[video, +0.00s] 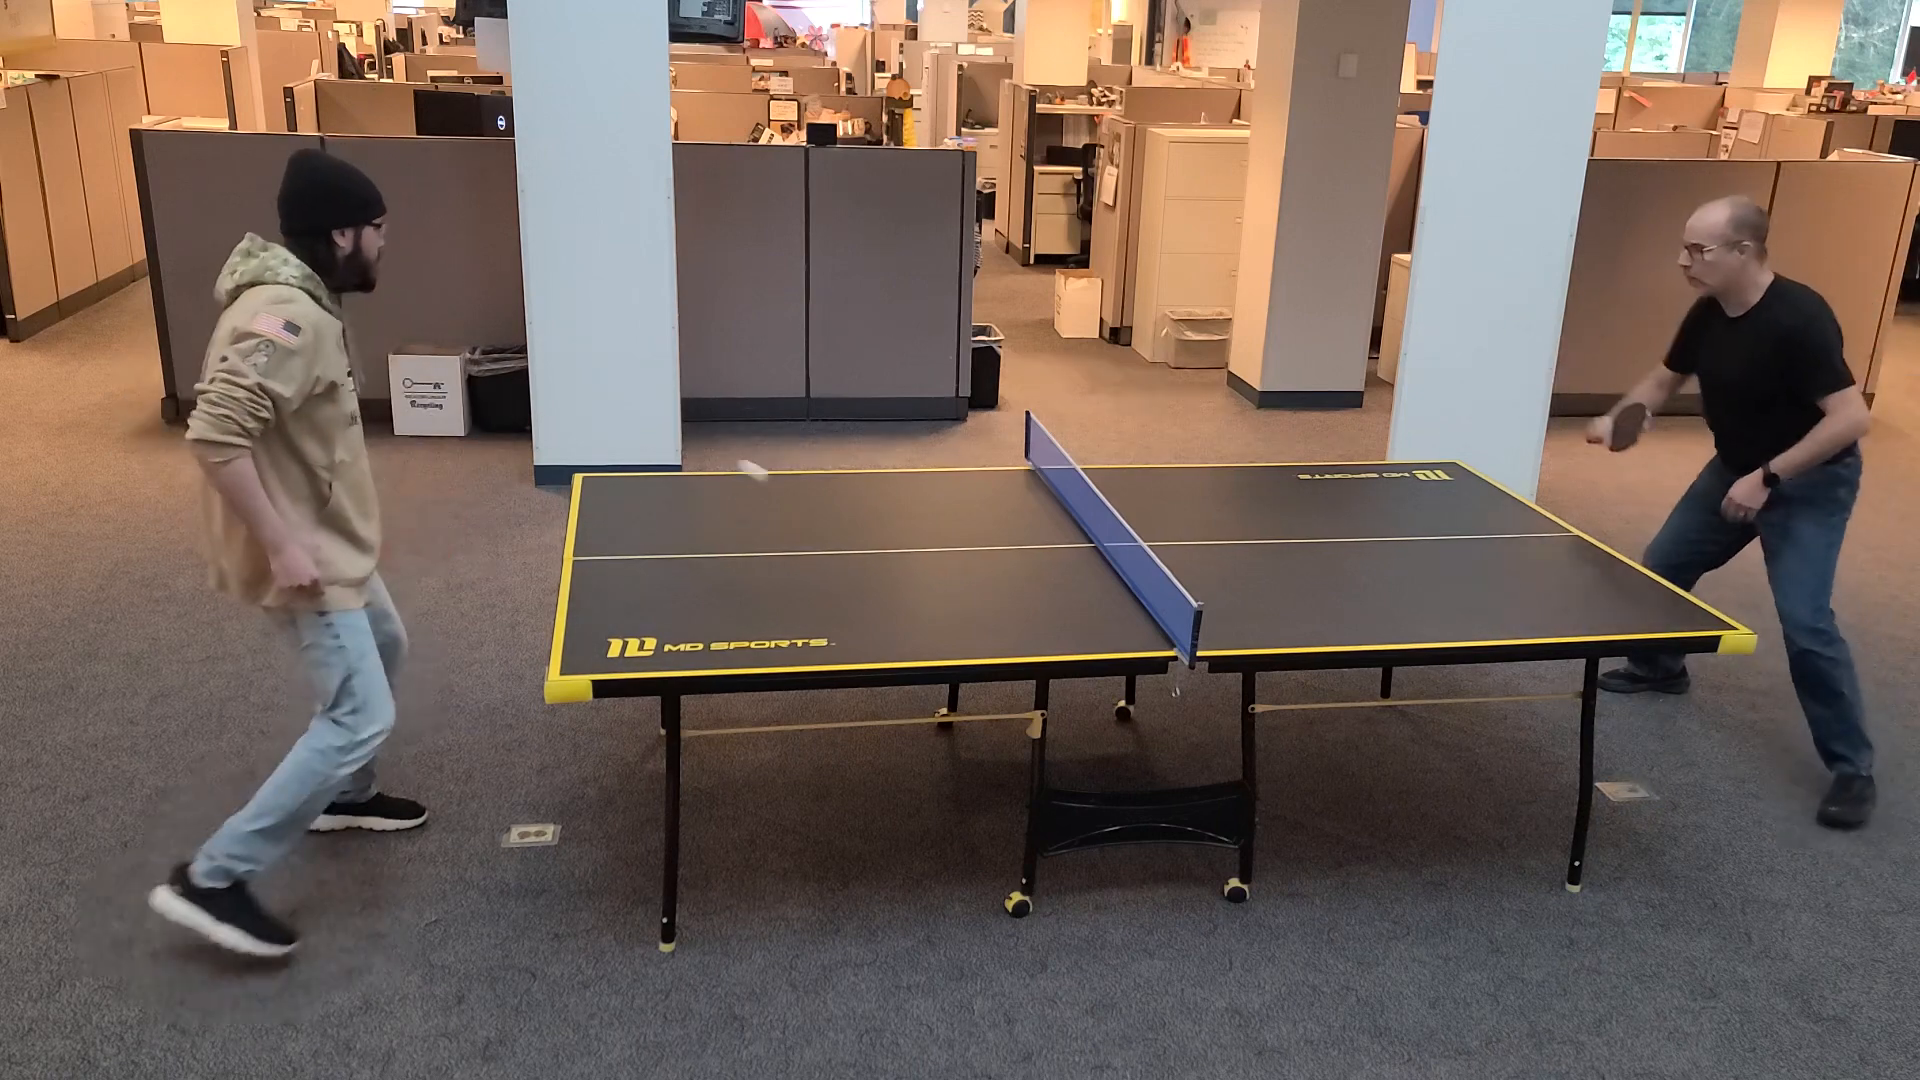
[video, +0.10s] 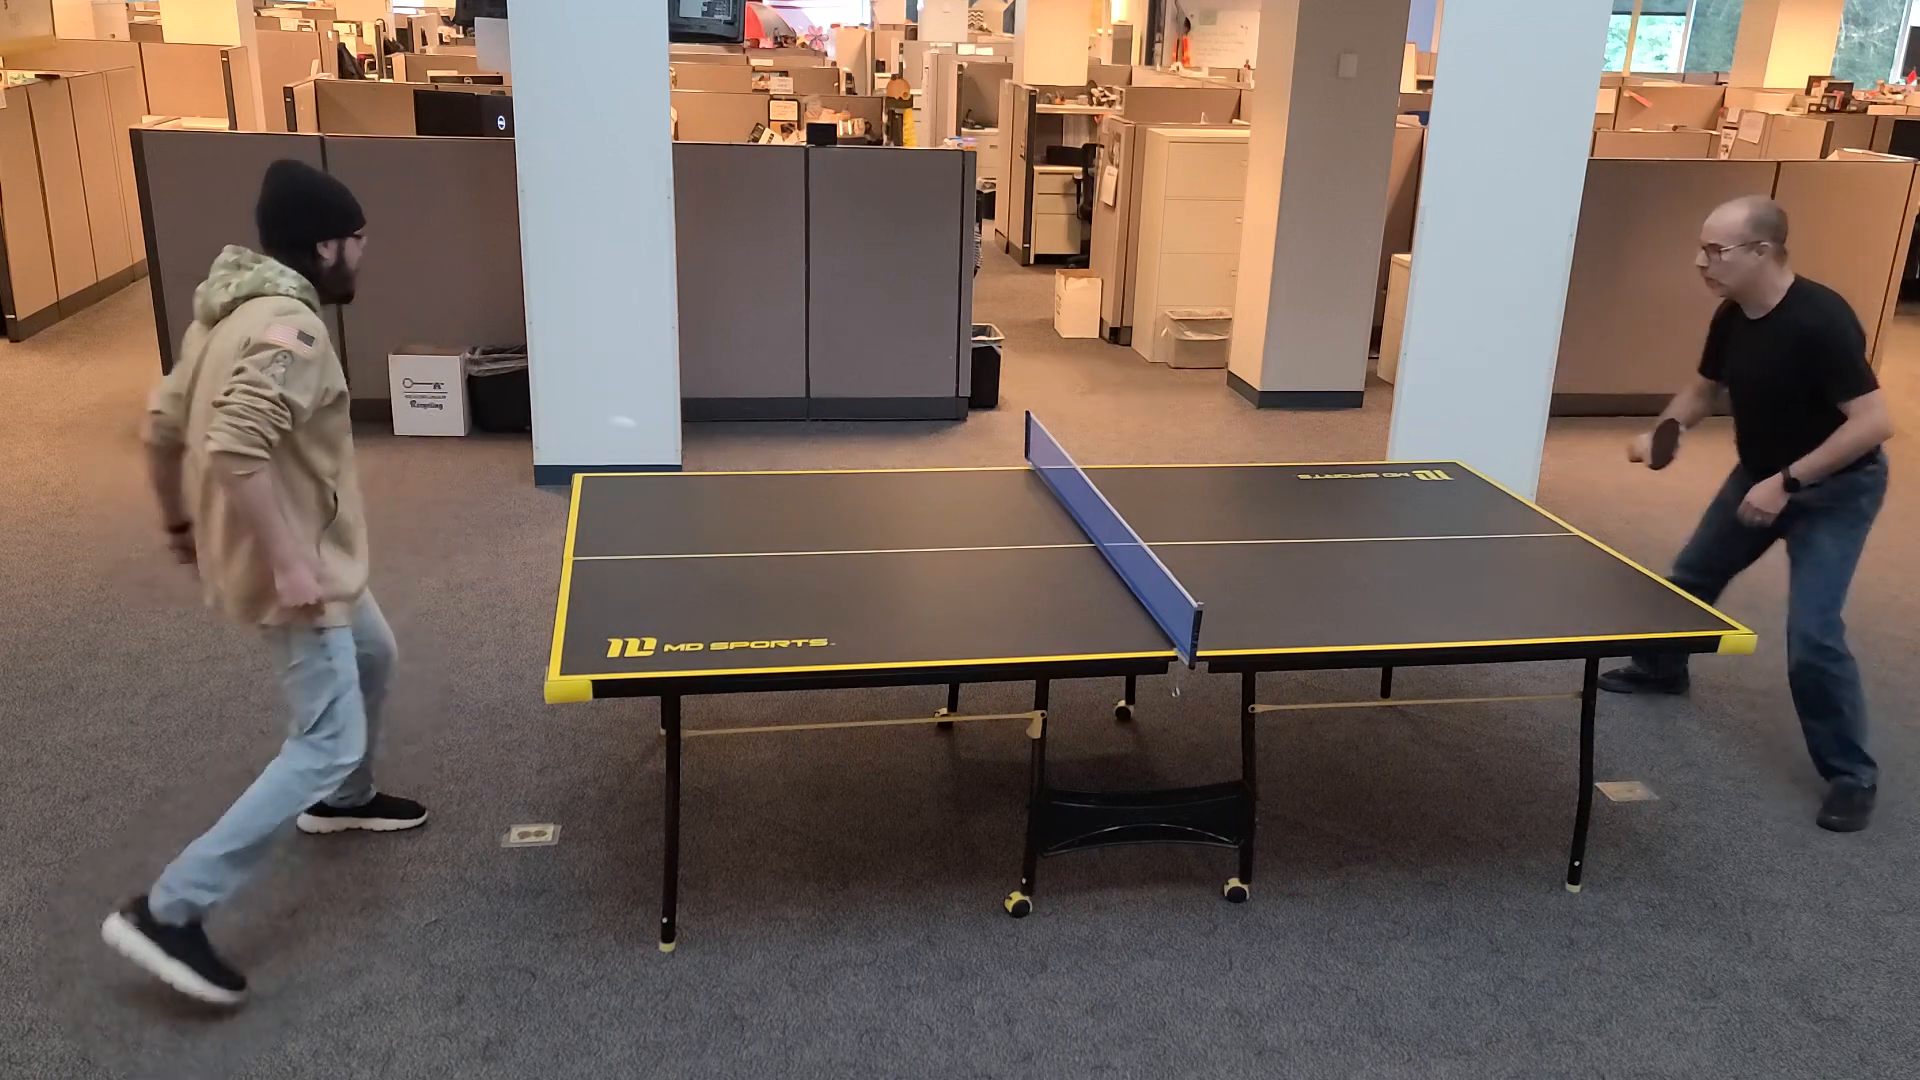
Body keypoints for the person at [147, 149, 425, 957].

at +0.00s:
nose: (384, 240)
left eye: (380, 225)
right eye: (374, 226)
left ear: (321, 232)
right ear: (336, 235)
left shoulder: (299, 297)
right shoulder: (280, 314)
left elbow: (249, 427)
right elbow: (217, 436)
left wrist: (324, 524)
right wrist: (283, 545)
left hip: (331, 540)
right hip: (301, 558)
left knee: (384, 643)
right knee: (359, 719)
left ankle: (345, 792)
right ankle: (212, 877)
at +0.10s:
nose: (363, 253)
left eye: (360, 238)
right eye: (354, 240)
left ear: (283, 241)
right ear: (319, 248)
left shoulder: (229, 309)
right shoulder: (287, 328)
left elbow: (165, 424)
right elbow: (234, 446)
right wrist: (290, 562)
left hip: (302, 560)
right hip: (291, 574)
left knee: (373, 656)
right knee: (330, 746)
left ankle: (341, 796)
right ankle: (169, 913)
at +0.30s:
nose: (300, 276)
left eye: (296, 261)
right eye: (294, 263)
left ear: (212, 264)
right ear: (269, 271)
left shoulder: (178, 347)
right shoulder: (248, 360)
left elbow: (137, 455)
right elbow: (231, 489)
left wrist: (210, 528)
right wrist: (307, 590)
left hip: (219, 589)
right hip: (246, 603)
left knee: (309, 676)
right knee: (271, 797)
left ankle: (333, 797)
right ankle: (138, 981)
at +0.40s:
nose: (279, 273)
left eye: (274, 257)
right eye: (269, 259)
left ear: (201, 266)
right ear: (235, 270)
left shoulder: (169, 346)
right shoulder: (198, 363)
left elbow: (217, 475)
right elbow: (182, 494)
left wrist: (325, 486)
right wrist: (286, 565)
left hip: (212, 591)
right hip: (209, 608)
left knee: (293, 682)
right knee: (265, 800)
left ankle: (304, 809)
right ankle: (136, 985)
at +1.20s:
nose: (332, 223)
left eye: (331, 206)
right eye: (315, 208)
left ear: (283, 217)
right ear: (261, 217)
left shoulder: (280, 296)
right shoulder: (206, 304)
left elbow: (282, 434)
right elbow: (117, 430)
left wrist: (326, 518)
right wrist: (202, 546)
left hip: (279, 558)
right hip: (235, 572)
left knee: (289, 710)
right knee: (300, 735)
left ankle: (286, 834)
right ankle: (242, 922)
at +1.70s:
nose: (428, 290)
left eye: (430, 273)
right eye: (413, 276)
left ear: (377, 274)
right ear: (352, 277)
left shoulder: (400, 345)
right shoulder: (262, 373)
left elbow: (417, 470)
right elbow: (195, 517)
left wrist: (430, 574)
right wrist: (262, 642)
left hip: (395, 609)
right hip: (316, 632)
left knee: (420, 731)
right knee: (367, 800)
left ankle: (333, 809)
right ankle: (361, 965)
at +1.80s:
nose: (454, 296)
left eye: (458, 279)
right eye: (440, 282)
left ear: (399, 281)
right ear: (379, 282)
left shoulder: (432, 355)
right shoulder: (277, 373)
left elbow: (441, 479)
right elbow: (213, 518)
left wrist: (446, 587)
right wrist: (281, 646)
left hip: (414, 621)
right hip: (326, 641)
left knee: (451, 758)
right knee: (357, 819)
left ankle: (389, 861)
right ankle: (357, 963)